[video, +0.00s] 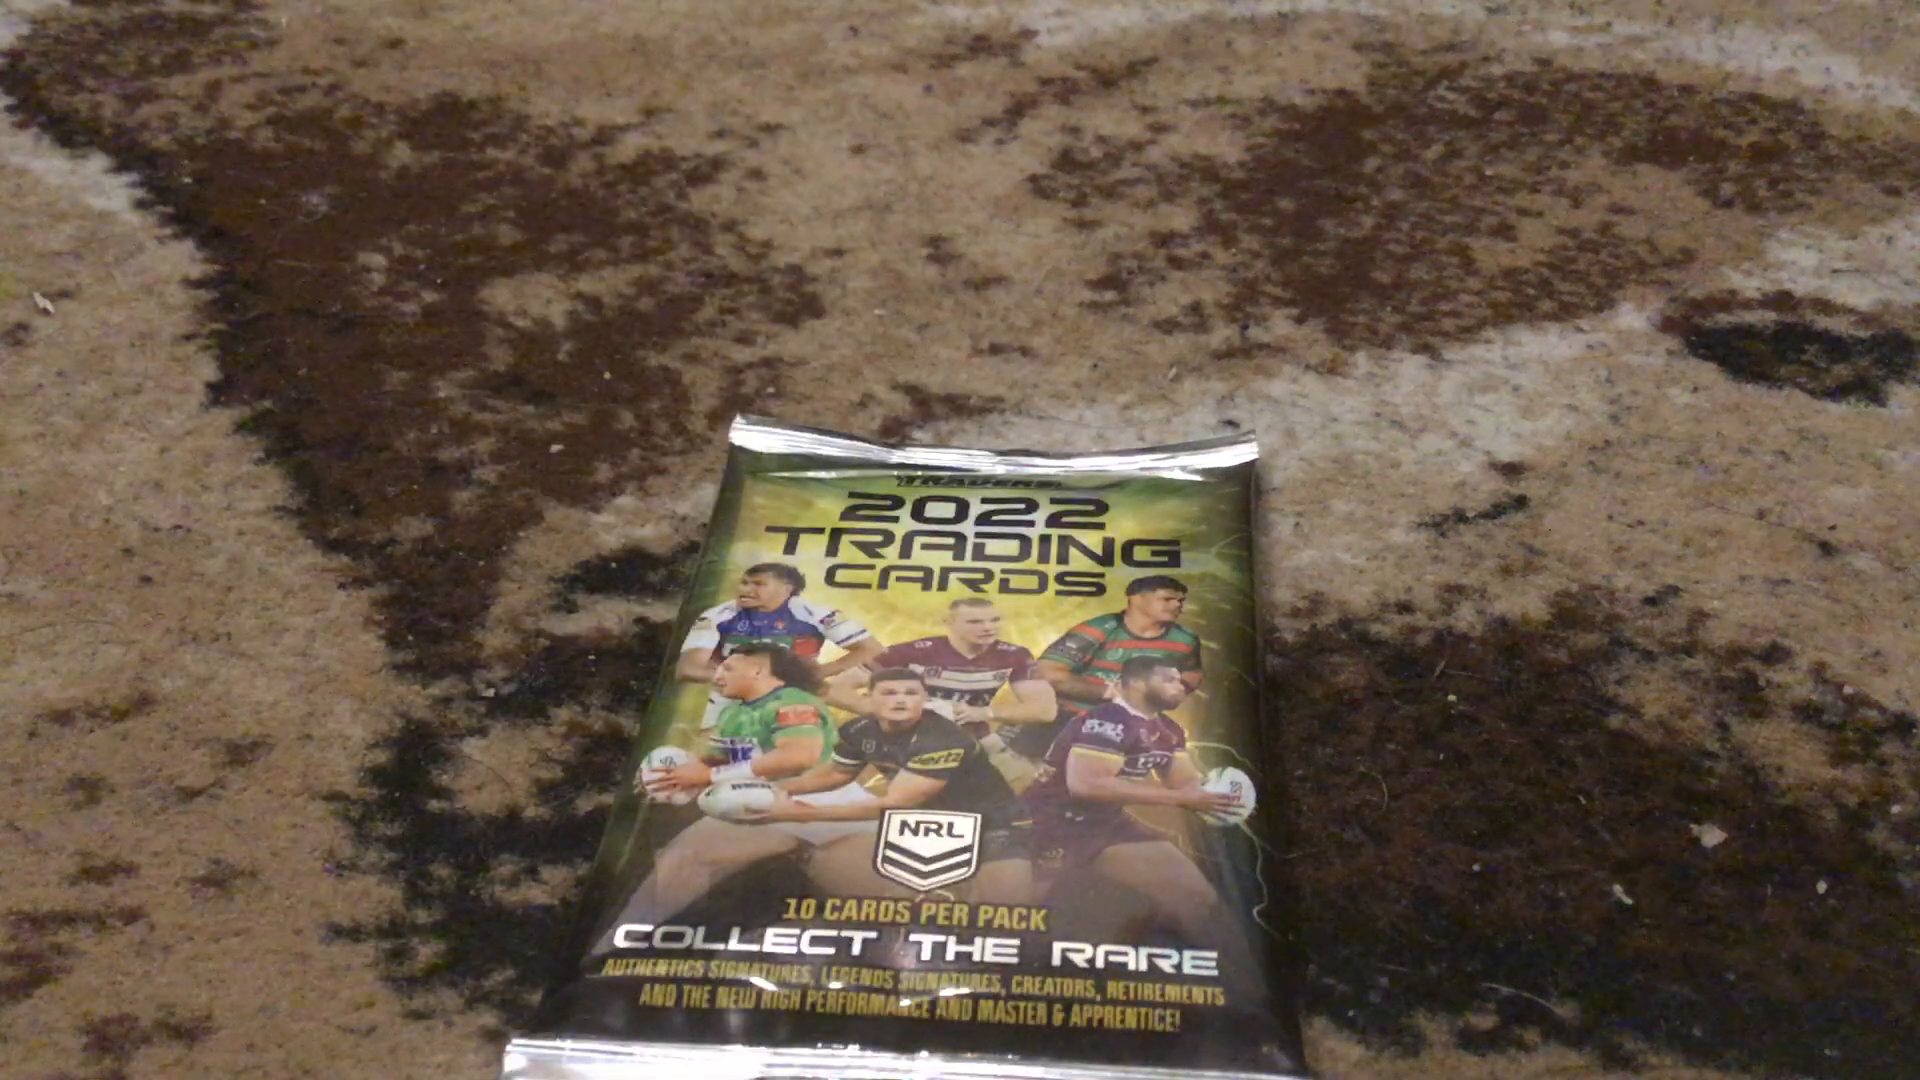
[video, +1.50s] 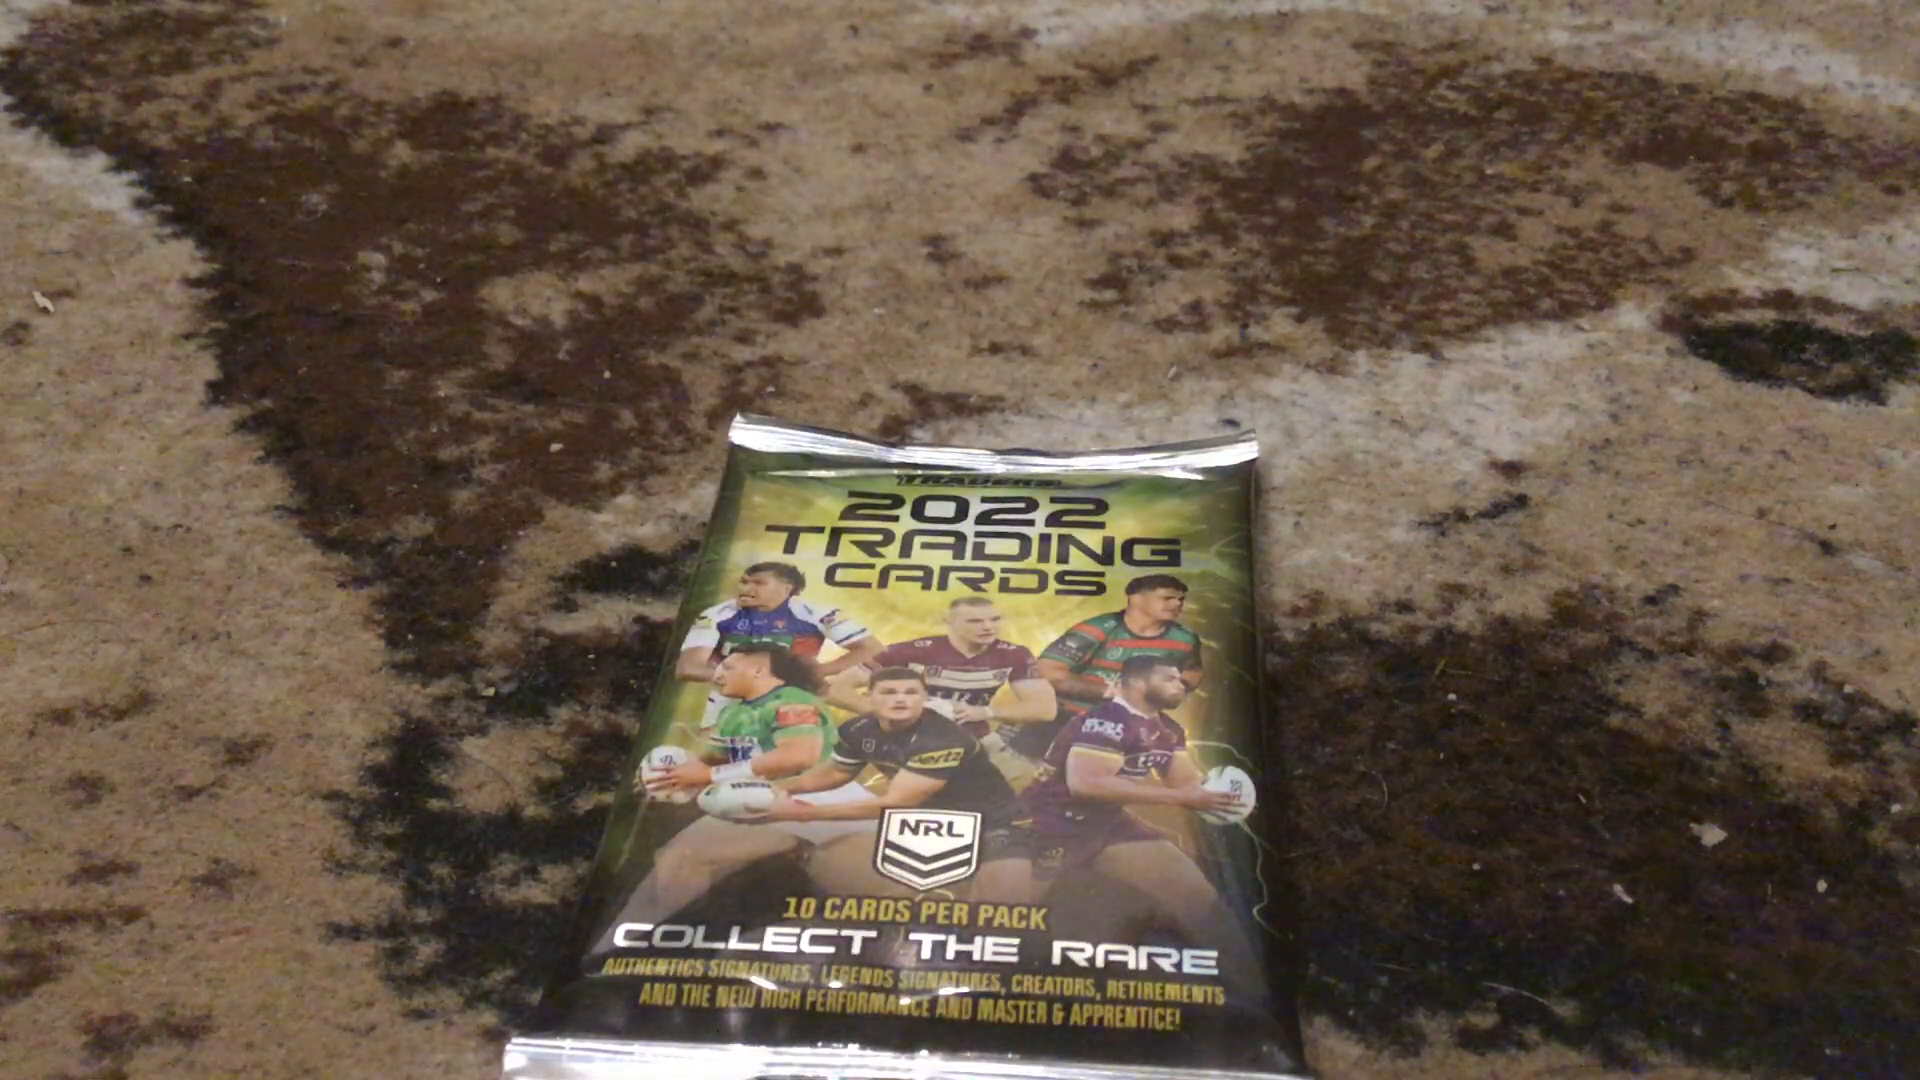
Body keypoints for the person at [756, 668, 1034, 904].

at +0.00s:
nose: (900, 701)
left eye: (910, 693)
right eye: (889, 693)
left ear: (925, 699)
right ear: (871, 699)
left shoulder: (943, 738)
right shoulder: (862, 731)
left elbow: (893, 805)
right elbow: (836, 773)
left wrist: (810, 813)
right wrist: (784, 787)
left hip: (993, 829)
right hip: (927, 825)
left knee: (1002, 919)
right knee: (825, 865)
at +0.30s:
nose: (900, 700)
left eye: (910, 693)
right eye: (889, 692)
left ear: (925, 698)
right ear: (871, 698)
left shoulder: (943, 738)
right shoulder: (862, 731)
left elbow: (892, 806)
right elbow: (835, 773)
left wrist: (809, 813)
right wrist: (787, 786)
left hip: (994, 828)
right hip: (930, 824)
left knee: (1004, 919)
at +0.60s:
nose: (900, 700)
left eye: (910, 693)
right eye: (889, 693)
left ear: (925, 698)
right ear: (871, 698)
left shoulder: (944, 738)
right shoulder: (861, 730)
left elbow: (894, 806)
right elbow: (836, 772)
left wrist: (806, 813)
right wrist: (787, 786)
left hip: (993, 828)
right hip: (927, 825)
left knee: (1006, 914)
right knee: (830, 866)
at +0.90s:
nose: (900, 700)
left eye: (910, 692)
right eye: (889, 692)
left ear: (924, 699)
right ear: (872, 698)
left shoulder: (943, 739)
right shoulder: (861, 732)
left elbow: (894, 806)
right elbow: (833, 773)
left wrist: (806, 813)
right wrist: (786, 786)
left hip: (993, 827)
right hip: (927, 824)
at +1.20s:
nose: (900, 700)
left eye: (910, 693)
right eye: (889, 693)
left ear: (924, 698)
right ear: (872, 698)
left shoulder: (943, 738)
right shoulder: (861, 731)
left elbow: (895, 805)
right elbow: (835, 772)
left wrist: (807, 813)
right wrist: (786, 787)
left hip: (995, 829)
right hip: (930, 826)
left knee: (1004, 914)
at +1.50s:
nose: (900, 700)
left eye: (910, 693)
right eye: (889, 693)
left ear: (924, 698)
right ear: (872, 698)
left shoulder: (944, 738)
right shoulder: (861, 731)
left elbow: (895, 805)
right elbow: (834, 772)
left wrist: (811, 813)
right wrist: (788, 785)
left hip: (993, 828)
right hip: (930, 826)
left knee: (1006, 913)